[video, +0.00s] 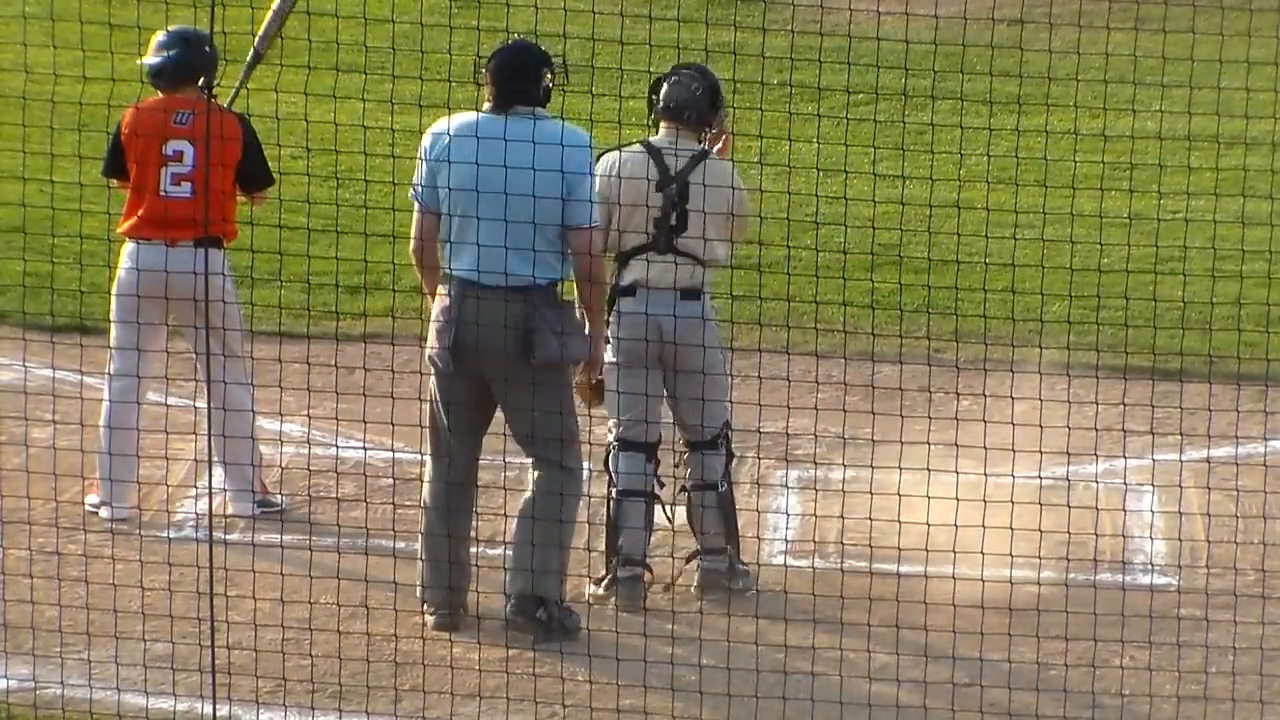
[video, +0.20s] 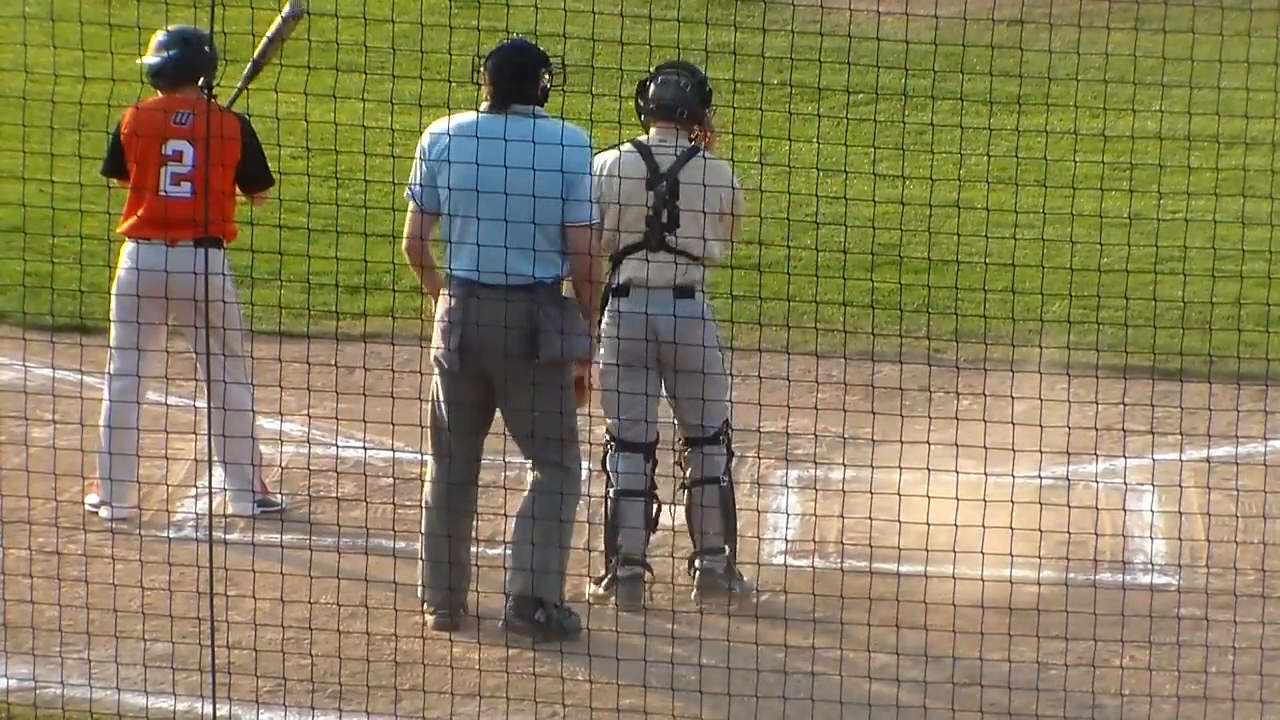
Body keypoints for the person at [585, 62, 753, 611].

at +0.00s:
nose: (718, 125)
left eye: (714, 118)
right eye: (717, 117)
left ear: (656, 112)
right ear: (710, 120)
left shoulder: (615, 165)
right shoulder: (722, 172)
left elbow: (593, 249)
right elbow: (737, 233)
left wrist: (591, 330)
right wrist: (716, 167)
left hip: (629, 315)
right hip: (692, 318)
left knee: (632, 441)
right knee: (708, 440)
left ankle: (627, 567)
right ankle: (716, 563)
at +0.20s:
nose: (704, 118)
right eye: (702, 112)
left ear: (644, 111)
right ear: (699, 115)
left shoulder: (609, 165)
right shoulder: (716, 171)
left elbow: (593, 249)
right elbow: (726, 235)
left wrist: (588, 329)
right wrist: (707, 158)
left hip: (623, 314)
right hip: (689, 315)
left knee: (629, 442)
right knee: (707, 436)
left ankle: (627, 568)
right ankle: (714, 564)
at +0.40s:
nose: (709, 121)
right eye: (708, 114)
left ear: (650, 113)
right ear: (704, 117)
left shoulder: (619, 167)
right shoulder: (722, 171)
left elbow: (606, 246)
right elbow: (740, 234)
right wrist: (712, 161)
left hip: (634, 317)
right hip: (695, 319)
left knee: (633, 444)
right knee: (697, 445)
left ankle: (627, 569)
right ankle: (695, 574)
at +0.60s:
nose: (656, 118)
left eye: (658, 110)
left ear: (659, 113)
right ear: (714, 118)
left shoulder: (631, 171)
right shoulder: (737, 178)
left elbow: (613, 251)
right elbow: (751, 259)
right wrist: (700, 240)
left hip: (643, 318)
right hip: (707, 320)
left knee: (623, 436)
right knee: (704, 446)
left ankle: (610, 560)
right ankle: (698, 575)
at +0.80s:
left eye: (651, 115)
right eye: (704, 120)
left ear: (652, 118)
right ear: (707, 123)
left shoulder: (623, 172)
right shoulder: (732, 182)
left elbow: (604, 252)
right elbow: (749, 271)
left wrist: (610, 315)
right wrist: (718, 314)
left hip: (634, 317)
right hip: (703, 322)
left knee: (616, 439)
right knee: (701, 448)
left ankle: (601, 563)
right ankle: (697, 577)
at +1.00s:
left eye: (632, 143)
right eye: (690, 144)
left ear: (634, 145)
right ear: (690, 148)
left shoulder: (607, 189)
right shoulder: (709, 200)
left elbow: (586, 269)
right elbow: (724, 283)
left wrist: (597, 318)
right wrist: (690, 331)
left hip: (616, 329)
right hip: (677, 334)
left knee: (606, 445)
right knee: (709, 443)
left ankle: (602, 569)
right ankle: (686, 570)